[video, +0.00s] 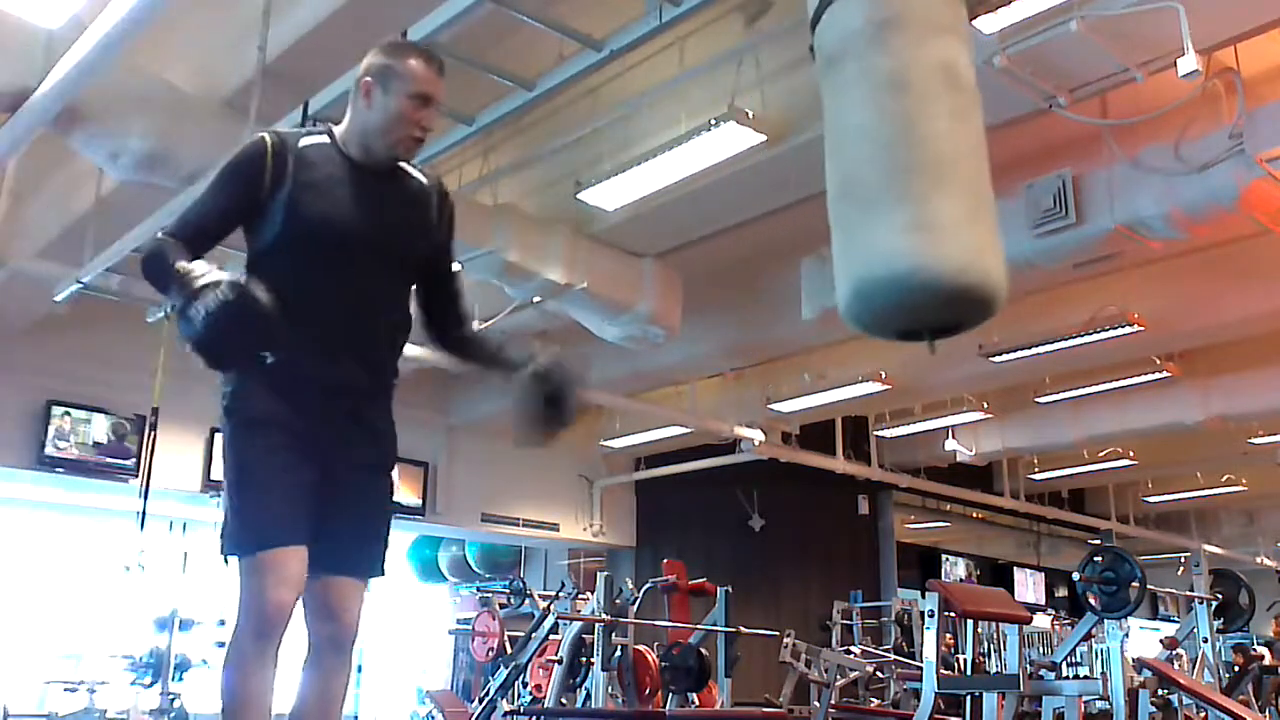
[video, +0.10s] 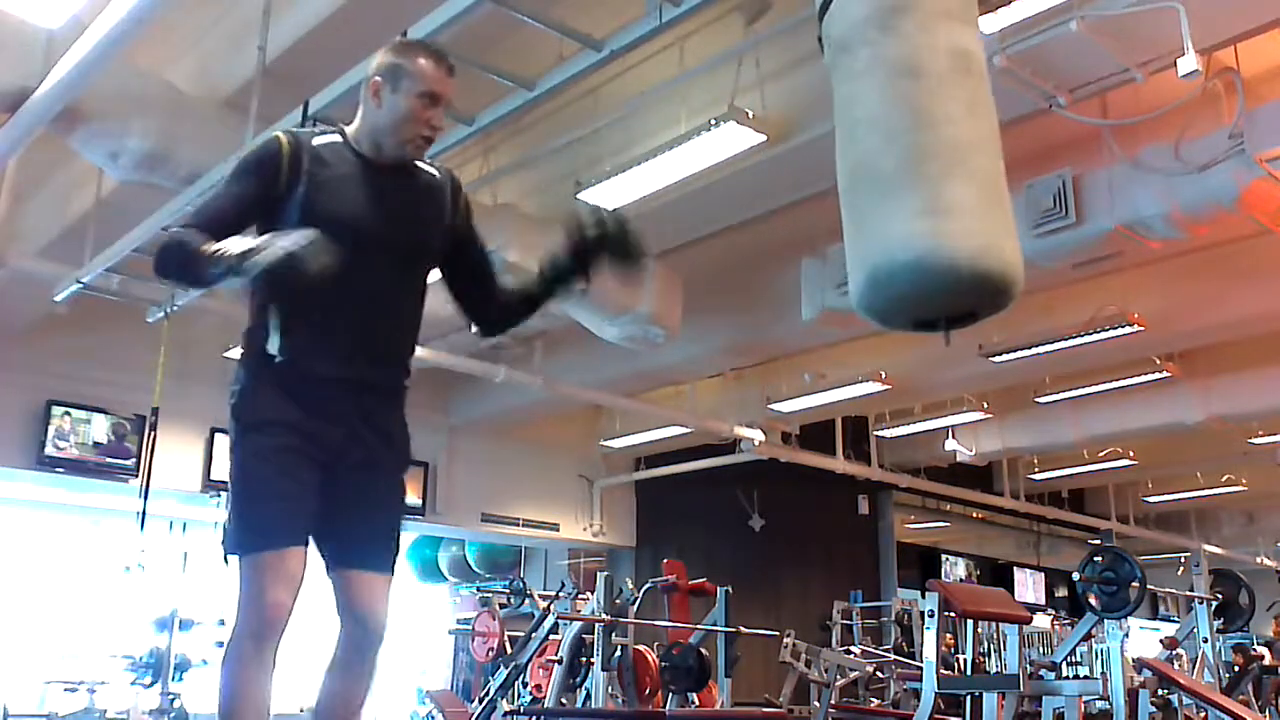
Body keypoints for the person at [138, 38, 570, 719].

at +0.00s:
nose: (428, 121)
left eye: (436, 109)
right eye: (417, 103)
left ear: (438, 116)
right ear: (367, 89)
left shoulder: (427, 201)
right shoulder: (277, 157)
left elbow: (449, 327)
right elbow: (160, 248)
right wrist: (199, 288)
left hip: (363, 418)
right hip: (272, 402)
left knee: (337, 623)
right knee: (272, 598)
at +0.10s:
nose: (436, 120)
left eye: (445, 109)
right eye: (425, 100)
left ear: (446, 118)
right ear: (376, 89)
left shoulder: (440, 196)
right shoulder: (291, 156)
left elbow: (491, 312)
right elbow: (173, 251)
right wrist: (254, 252)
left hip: (372, 425)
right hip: (280, 410)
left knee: (366, 624)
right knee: (269, 604)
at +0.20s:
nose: (444, 119)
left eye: (453, 108)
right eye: (433, 100)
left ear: (453, 115)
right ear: (384, 89)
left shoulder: (447, 192)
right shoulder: (308, 151)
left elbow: (521, 294)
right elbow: (219, 242)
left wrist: (578, 236)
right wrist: (347, 211)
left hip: (392, 416)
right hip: (299, 407)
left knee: (426, 604)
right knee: (278, 602)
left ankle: (371, 718)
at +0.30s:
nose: (461, 115)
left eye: (470, 106)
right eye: (450, 95)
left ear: (472, 118)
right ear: (401, 85)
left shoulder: (465, 187)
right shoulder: (331, 142)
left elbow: (549, 284)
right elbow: (282, 204)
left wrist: (589, 204)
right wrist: (426, 170)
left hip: (417, 417)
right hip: (321, 410)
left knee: (487, 597)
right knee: (285, 611)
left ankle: (450, 716)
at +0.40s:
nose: (492, 116)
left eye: (503, 108)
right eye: (481, 96)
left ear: (505, 118)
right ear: (431, 87)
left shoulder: (500, 179)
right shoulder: (366, 135)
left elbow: (586, 268)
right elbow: (364, 172)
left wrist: (603, 189)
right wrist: (525, 149)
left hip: (440, 422)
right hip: (343, 415)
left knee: (528, 599)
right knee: (318, 609)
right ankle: (264, 714)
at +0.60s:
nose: (551, 111)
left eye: (558, 99)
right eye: (537, 93)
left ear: (563, 113)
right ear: (487, 94)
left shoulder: (571, 186)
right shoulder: (436, 174)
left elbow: (619, 273)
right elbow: (422, 274)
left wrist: (623, 202)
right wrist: (533, 199)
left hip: (563, 426)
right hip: (463, 427)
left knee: (645, 613)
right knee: (383, 619)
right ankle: (327, 713)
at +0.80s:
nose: (604, 88)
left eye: (612, 78)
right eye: (589, 71)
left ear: (618, 91)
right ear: (542, 77)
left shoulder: (632, 160)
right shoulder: (500, 159)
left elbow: (702, 231)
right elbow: (494, 249)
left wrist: (736, 187)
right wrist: (600, 171)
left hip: (641, 402)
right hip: (540, 400)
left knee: (695, 601)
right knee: (484, 596)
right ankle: (450, 718)